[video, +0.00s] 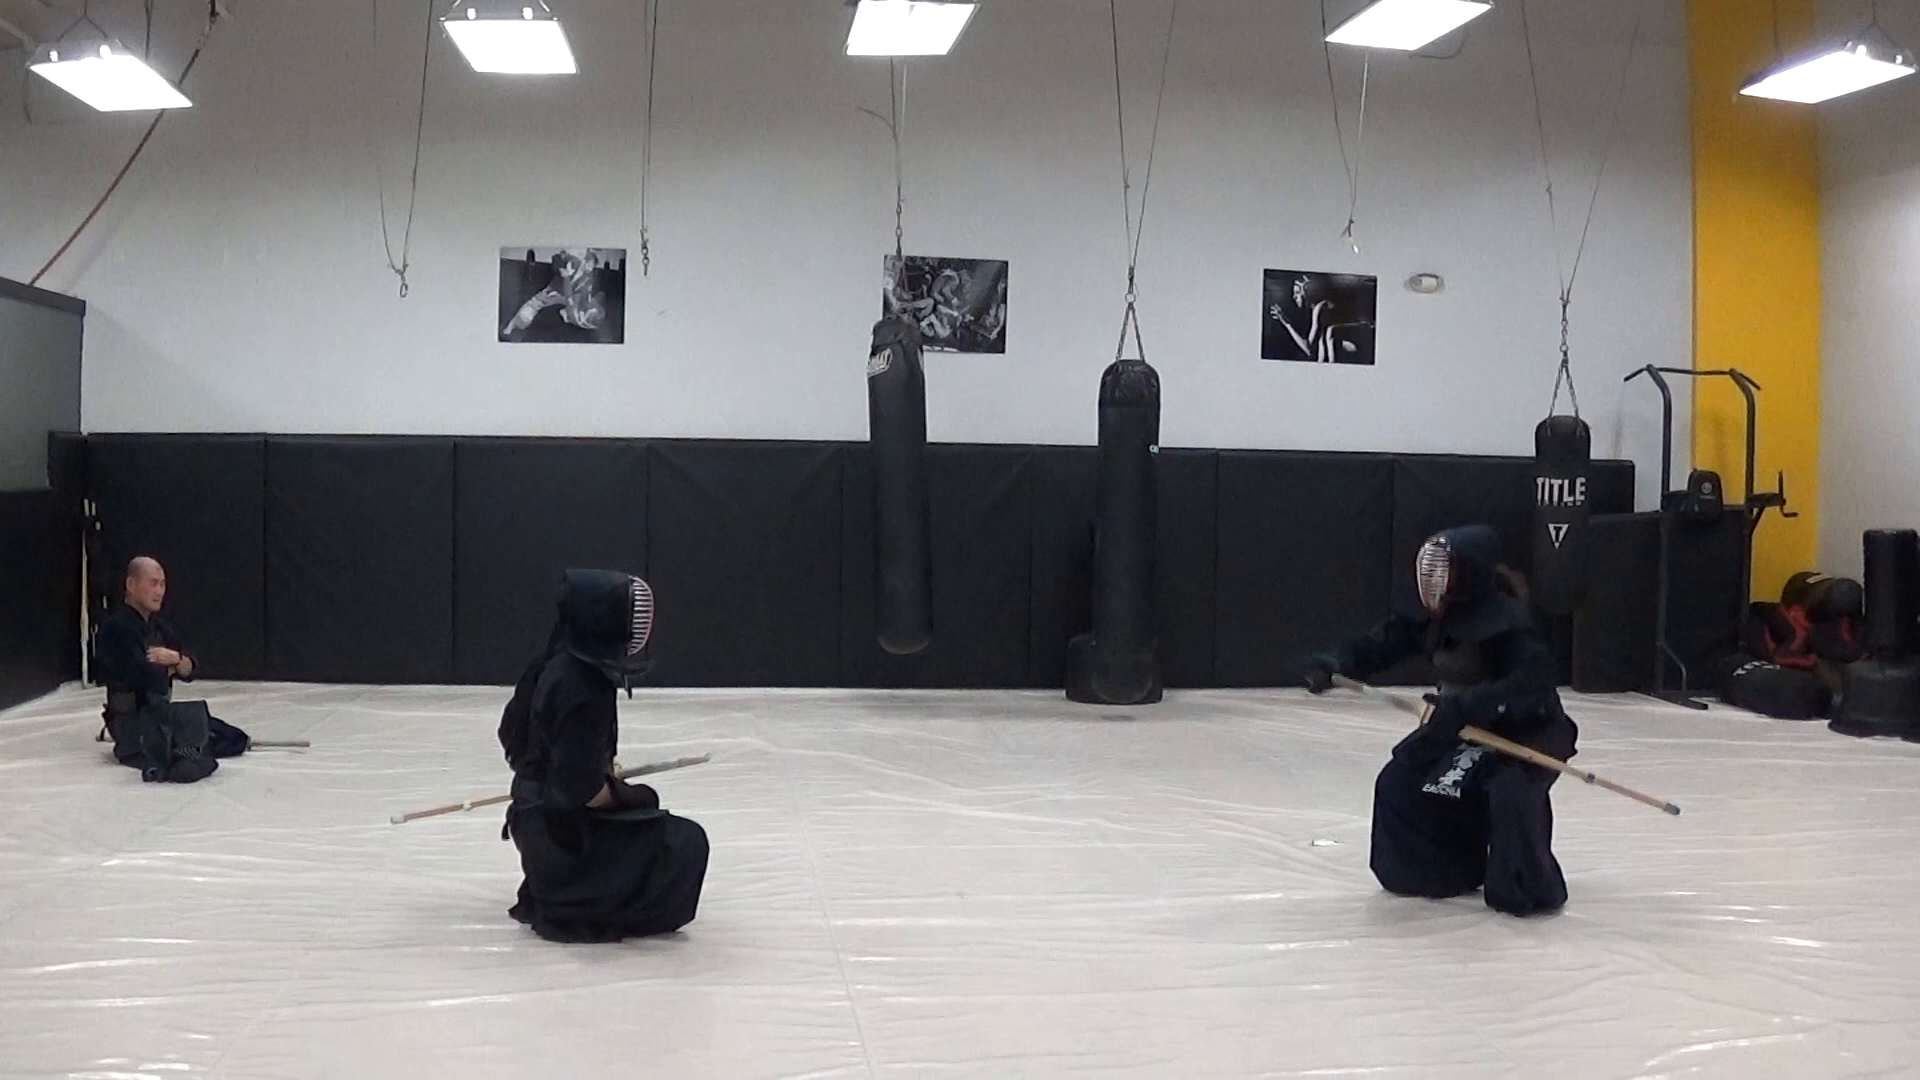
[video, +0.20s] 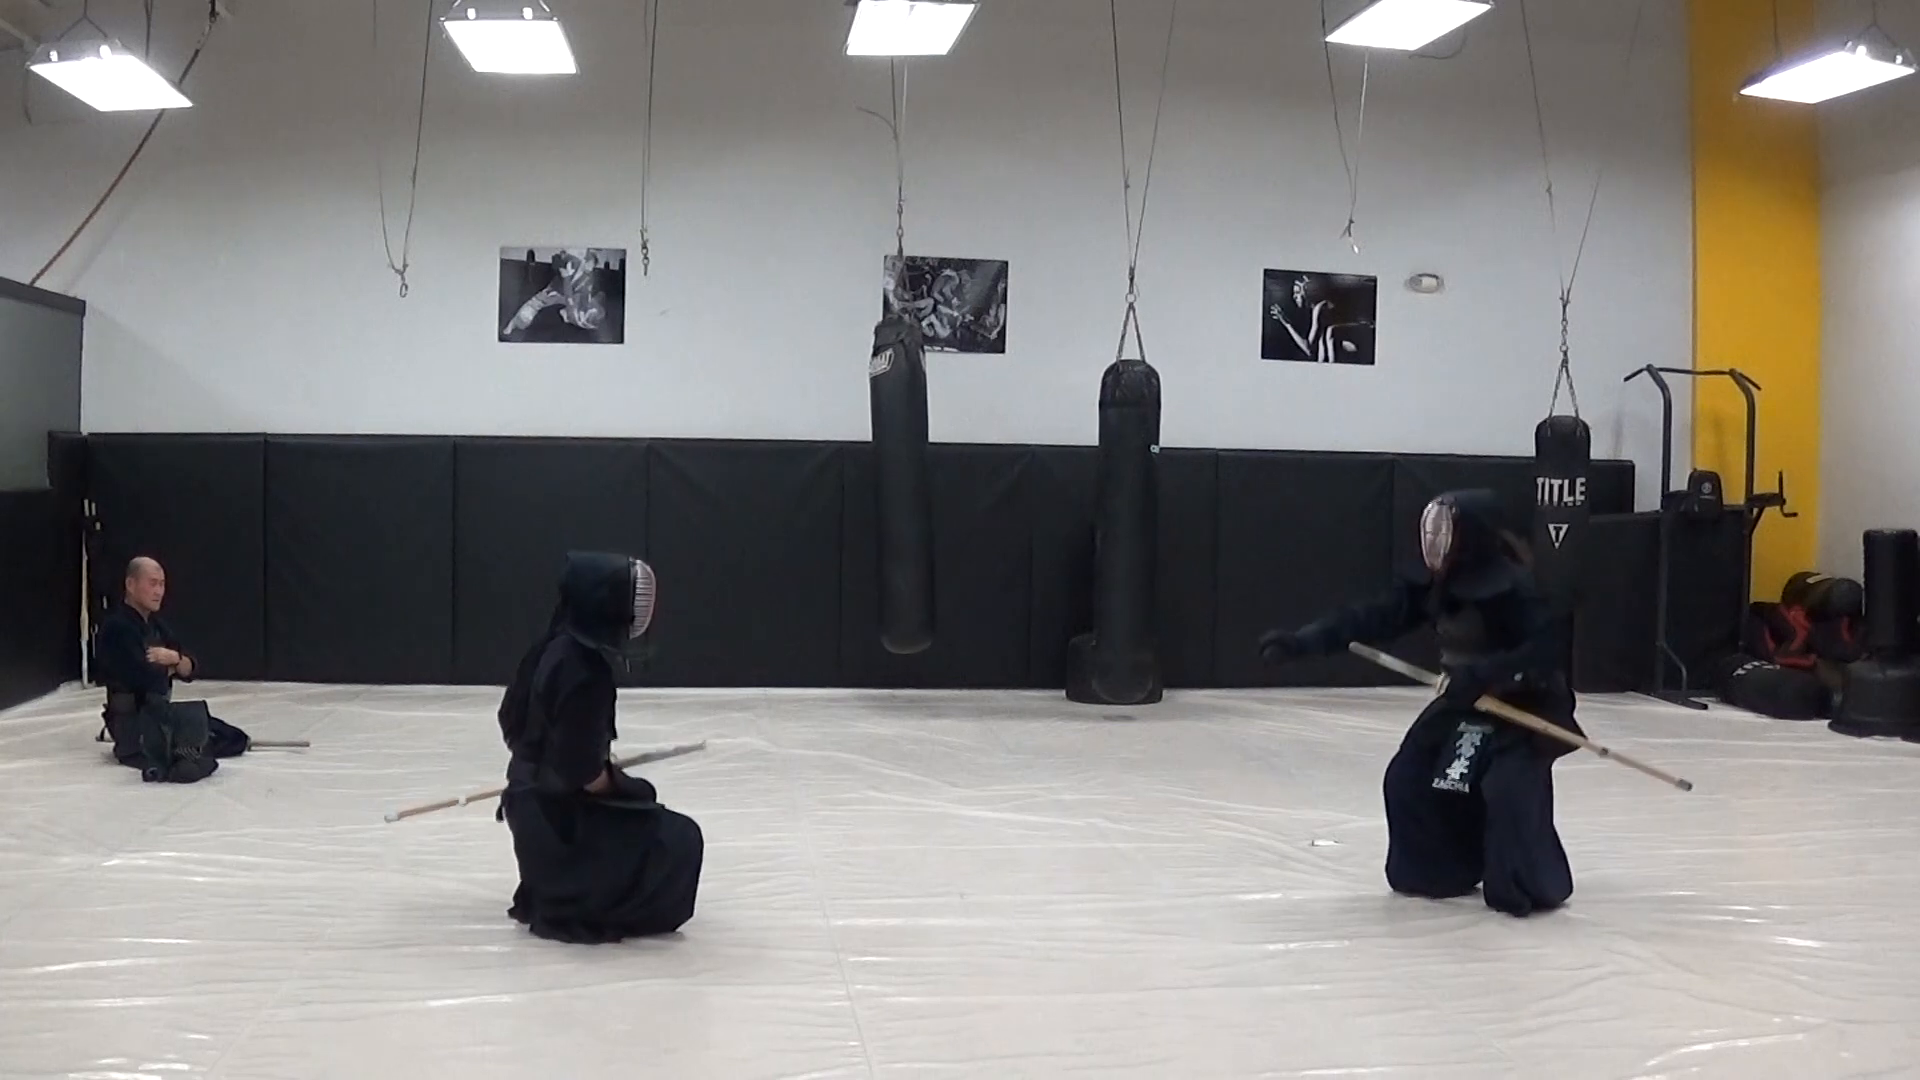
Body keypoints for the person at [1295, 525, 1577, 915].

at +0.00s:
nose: (1431, 587)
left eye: (1441, 576)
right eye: (1427, 575)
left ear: (1468, 578)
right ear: (1420, 573)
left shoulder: (1507, 619)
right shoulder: (1429, 621)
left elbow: (1534, 683)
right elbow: (1382, 647)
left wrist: (1463, 708)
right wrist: (1330, 661)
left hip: (1531, 730)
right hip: (1463, 727)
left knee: (1510, 789)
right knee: (1398, 783)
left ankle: (1527, 895)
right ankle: (1441, 875)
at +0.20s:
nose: (1432, 543)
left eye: (1443, 533)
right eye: (1430, 532)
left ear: (1472, 537)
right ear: (1426, 533)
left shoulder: (1511, 586)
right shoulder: (1435, 588)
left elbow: (1540, 653)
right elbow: (1374, 617)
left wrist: (1480, 675)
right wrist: (1302, 641)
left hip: (1522, 707)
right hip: (1459, 704)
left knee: (1505, 784)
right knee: (1406, 777)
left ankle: (1520, 888)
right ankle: (1441, 875)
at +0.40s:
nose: (1439, 487)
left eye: (1450, 477)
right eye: (1437, 476)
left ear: (1479, 480)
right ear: (1434, 478)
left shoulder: (1518, 536)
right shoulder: (1441, 538)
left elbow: (1560, 597)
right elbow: (1401, 591)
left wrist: (1501, 634)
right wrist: (1355, 634)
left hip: (1523, 679)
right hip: (1467, 675)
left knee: (1508, 777)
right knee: (1428, 769)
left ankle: (1518, 886)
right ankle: (1453, 873)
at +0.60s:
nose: (1448, 452)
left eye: (1458, 441)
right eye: (1445, 441)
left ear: (1487, 445)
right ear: (1443, 443)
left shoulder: (1524, 503)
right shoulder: (1453, 505)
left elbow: (1575, 560)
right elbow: (1441, 587)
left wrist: (1515, 601)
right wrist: (1426, 654)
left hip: (1521, 660)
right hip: (1462, 658)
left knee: (1520, 771)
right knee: (1454, 769)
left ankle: (1528, 882)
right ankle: (1466, 874)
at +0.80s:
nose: (1454, 445)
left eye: (1464, 435)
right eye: (1451, 434)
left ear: (1493, 438)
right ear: (1449, 437)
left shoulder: (1527, 496)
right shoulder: (1462, 498)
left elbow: (1579, 559)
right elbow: (1460, 572)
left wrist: (1516, 603)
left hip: (1520, 654)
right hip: (1467, 652)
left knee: (1519, 768)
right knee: (1459, 763)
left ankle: (1534, 883)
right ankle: (1471, 872)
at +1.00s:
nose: (1464, 449)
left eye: (1473, 439)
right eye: (1461, 438)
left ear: (1500, 441)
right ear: (1462, 440)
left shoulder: (1535, 497)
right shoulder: (1469, 499)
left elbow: (1586, 560)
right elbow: (1459, 580)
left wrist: (1527, 604)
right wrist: (1445, 652)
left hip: (1526, 655)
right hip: (1472, 654)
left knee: (1522, 768)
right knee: (1464, 764)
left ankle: (1528, 881)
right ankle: (1474, 872)